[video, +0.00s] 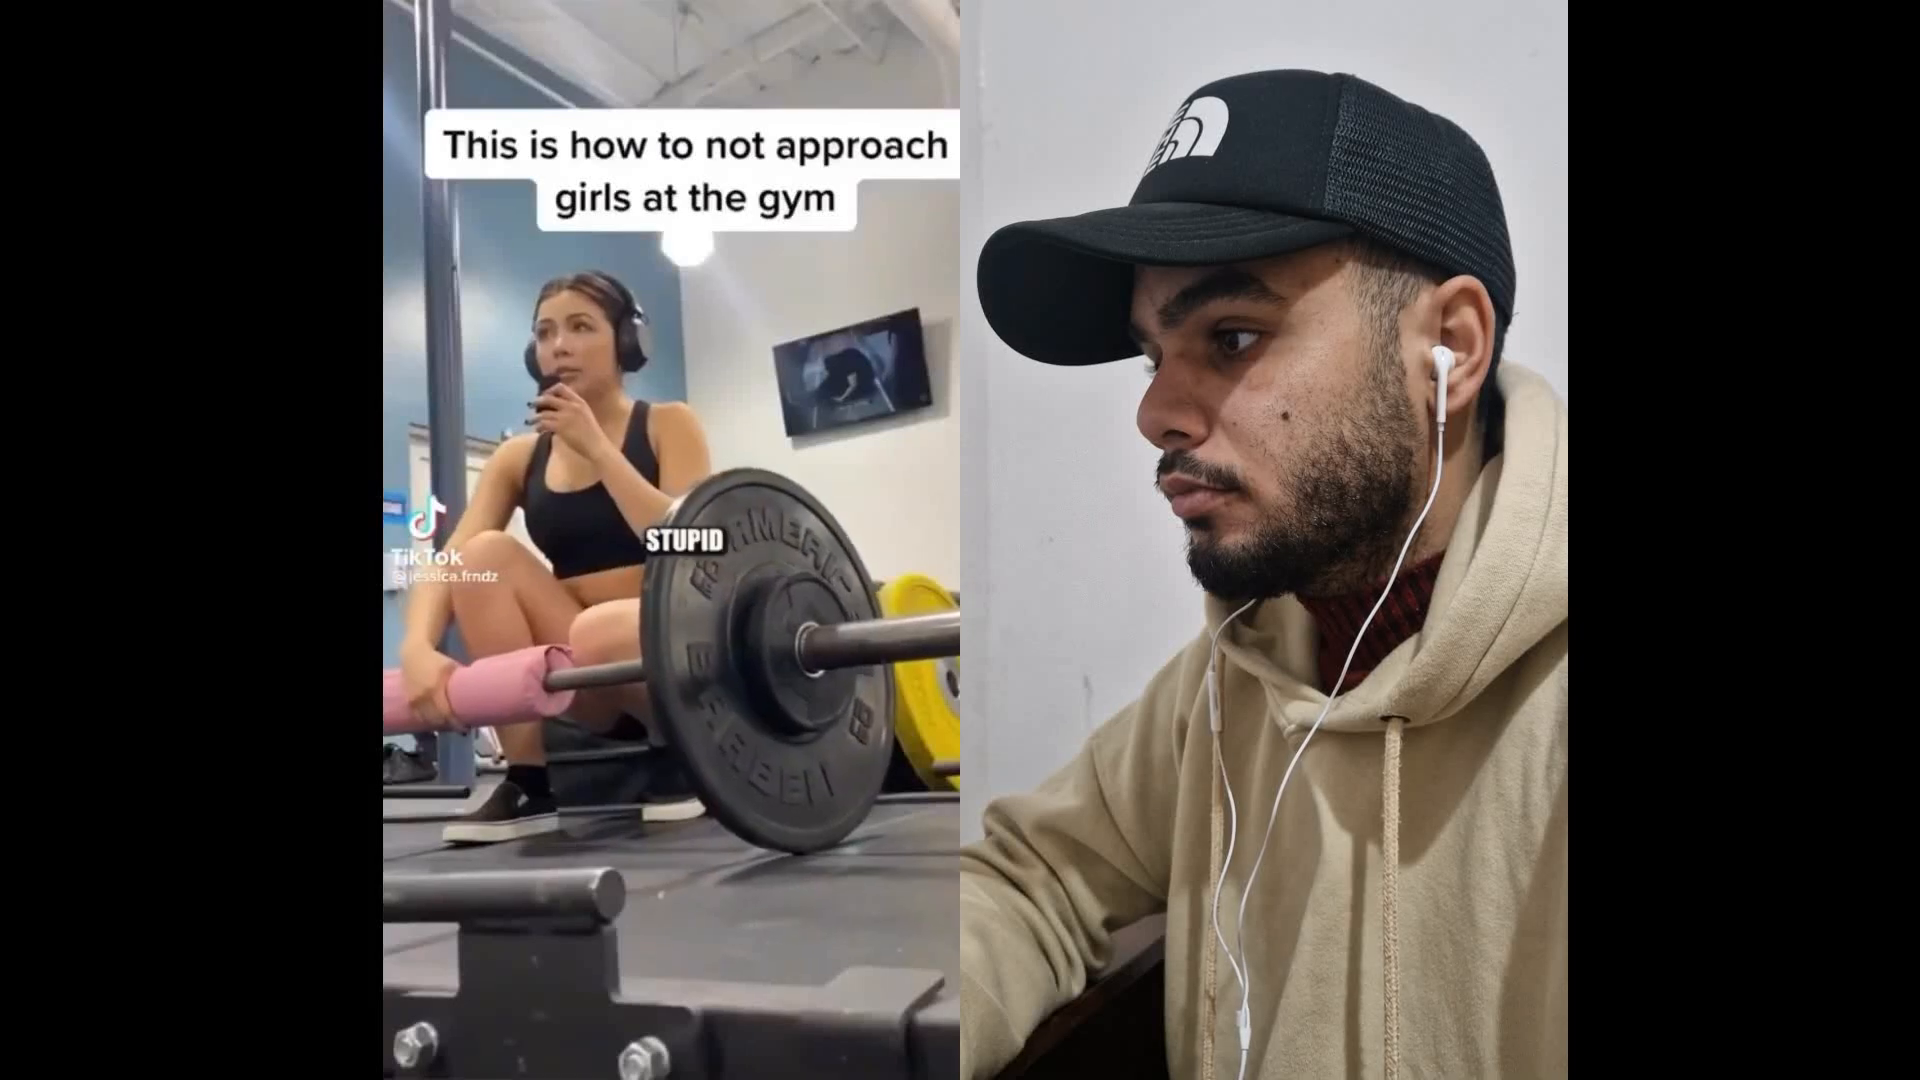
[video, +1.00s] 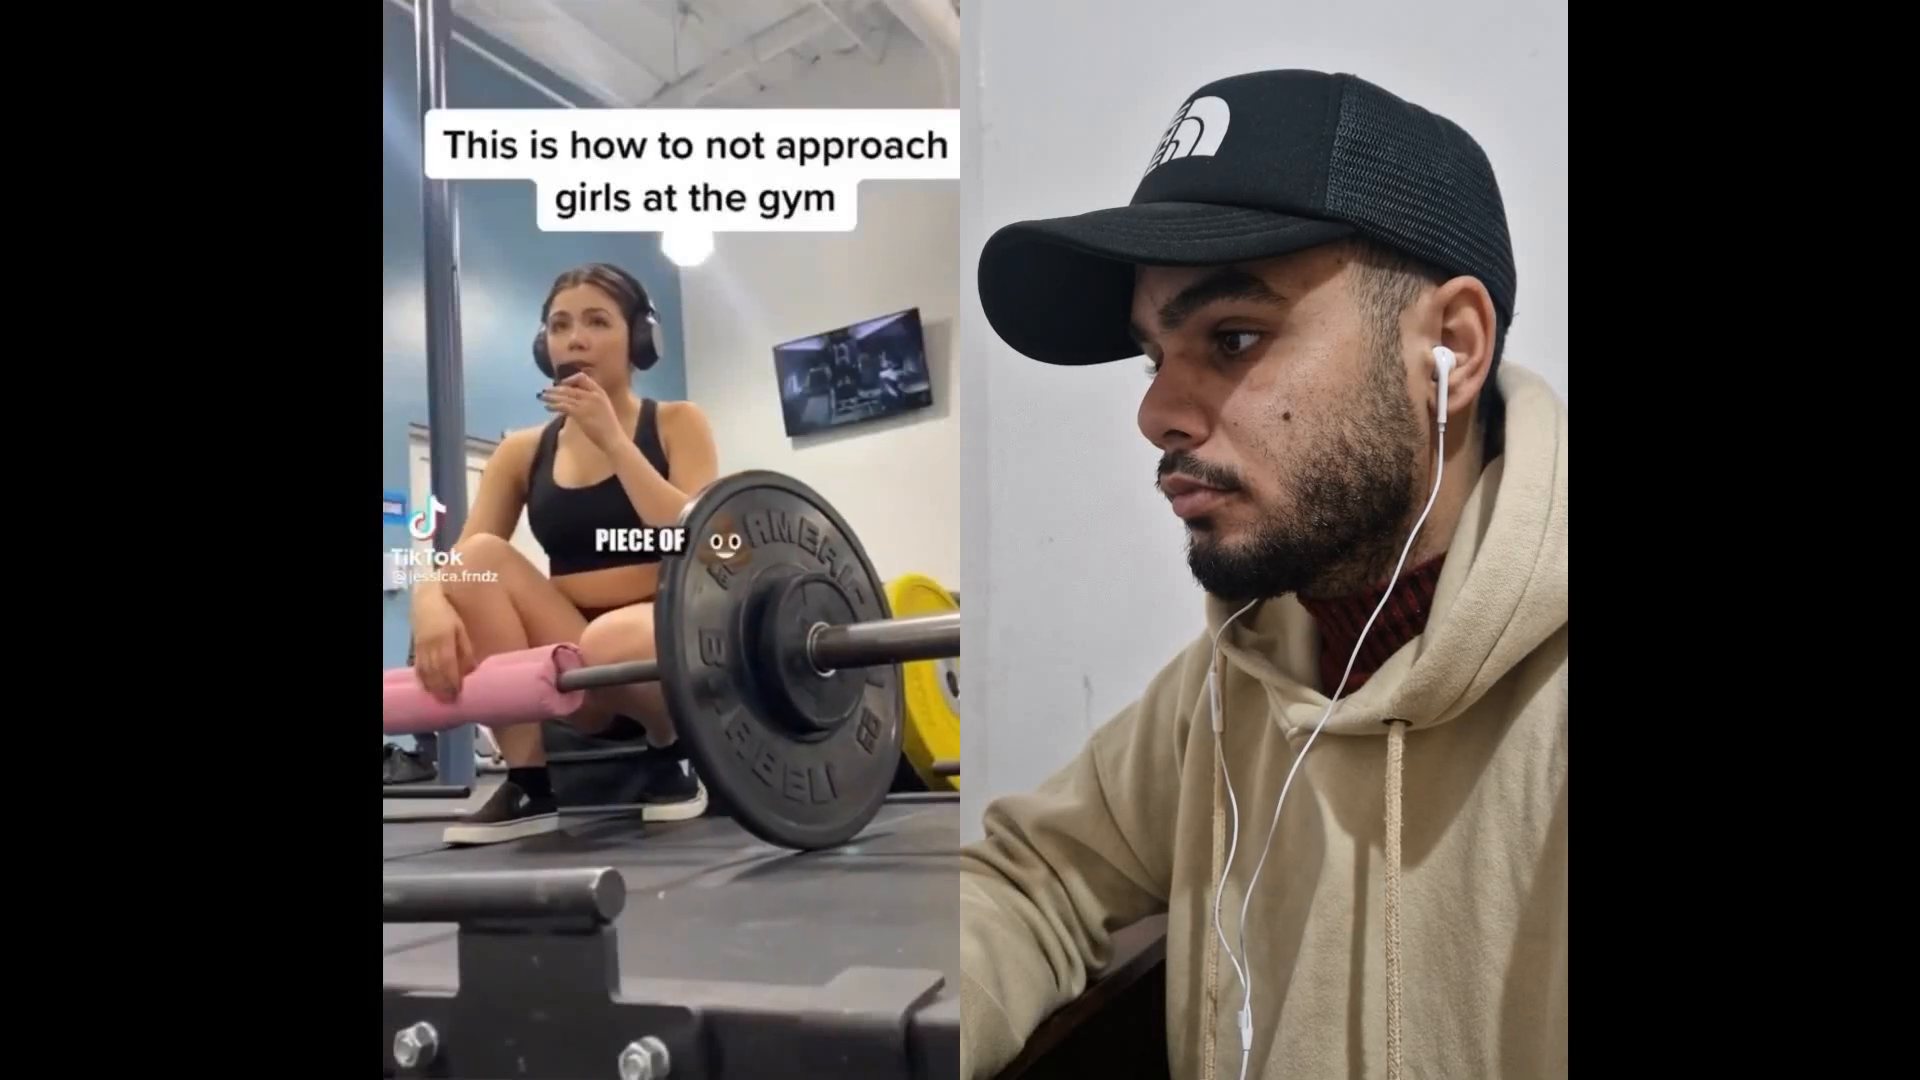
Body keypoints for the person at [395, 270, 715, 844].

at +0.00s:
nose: (559, 344)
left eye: (580, 326)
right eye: (546, 330)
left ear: (622, 342)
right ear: (535, 352)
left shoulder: (668, 425)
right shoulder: (520, 455)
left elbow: (691, 540)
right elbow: (452, 560)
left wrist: (598, 449)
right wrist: (417, 651)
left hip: (675, 644)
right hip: (580, 662)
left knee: (597, 632)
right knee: (484, 555)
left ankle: (687, 757)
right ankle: (527, 783)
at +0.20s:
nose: (564, 342)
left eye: (585, 325)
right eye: (550, 329)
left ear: (625, 342)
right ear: (539, 351)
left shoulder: (671, 426)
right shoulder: (521, 455)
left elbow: (691, 539)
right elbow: (452, 564)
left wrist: (602, 448)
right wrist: (426, 650)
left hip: (677, 649)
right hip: (579, 663)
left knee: (601, 631)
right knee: (478, 559)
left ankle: (669, 749)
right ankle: (526, 780)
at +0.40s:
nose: (570, 342)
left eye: (591, 324)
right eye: (555, 327)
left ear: (631, 342)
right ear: (543, 349)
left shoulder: (674, 428)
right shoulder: (522, 454)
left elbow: (695, 537)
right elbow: (441, 571)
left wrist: (607, 447)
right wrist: (438, 651)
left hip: (673, 645)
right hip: (573, 654)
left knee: (610, 632)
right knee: (473, 559)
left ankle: (666, 749)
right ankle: (526, 779)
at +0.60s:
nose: (573, 341)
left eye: (594, 323)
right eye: (558, 326)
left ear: (634, 342)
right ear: (545, 346)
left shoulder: (675, 429)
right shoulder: (522, 450)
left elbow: (692, 540)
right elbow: (440, 566)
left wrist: (608, 447)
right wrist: (439, 657)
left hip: (671, 643)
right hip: (571, 649)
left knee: (612, 633)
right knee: (471, 558)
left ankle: (668, 748)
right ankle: (527, 781)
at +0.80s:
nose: (575, 341)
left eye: (597, 323)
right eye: (561, 326)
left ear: (635, 339)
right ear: (546, 344)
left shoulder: (677, 429)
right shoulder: (523, 449)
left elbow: (696, 541)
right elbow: (441, 568)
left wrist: (612, 445)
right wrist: (438, 659)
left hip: (668, 638)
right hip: (570, 645)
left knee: (616, 637)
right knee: (473, 558)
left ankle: (668, 750)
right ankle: (527, 782)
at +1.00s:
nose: (575, 338)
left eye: (596, 321)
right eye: (560, 323)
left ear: (635, 340)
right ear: (546, 344)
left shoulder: (677, 425)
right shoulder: (523, 451)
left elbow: (700, 537)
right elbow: (469, 560)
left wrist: (614, 442)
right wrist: (426, 593)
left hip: (669, 640)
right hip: (571, 647)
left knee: (615, 638)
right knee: (478, 561)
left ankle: (666, 752)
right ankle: (527, 782)